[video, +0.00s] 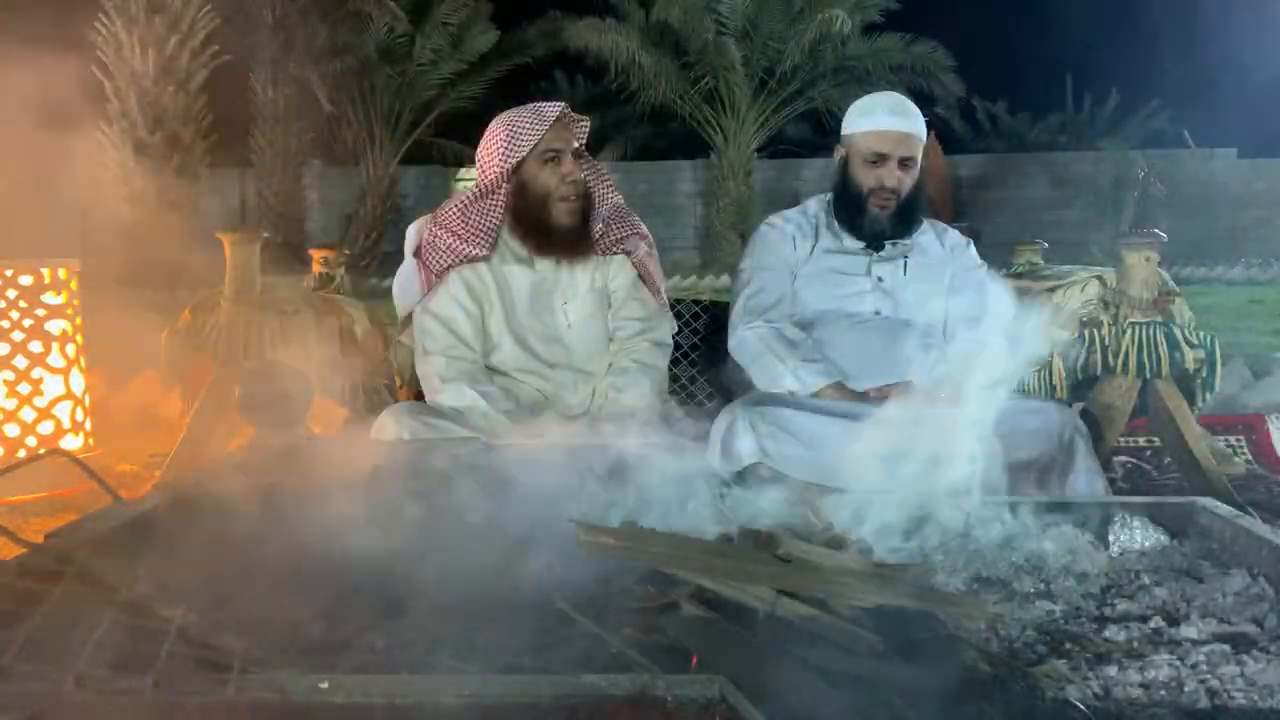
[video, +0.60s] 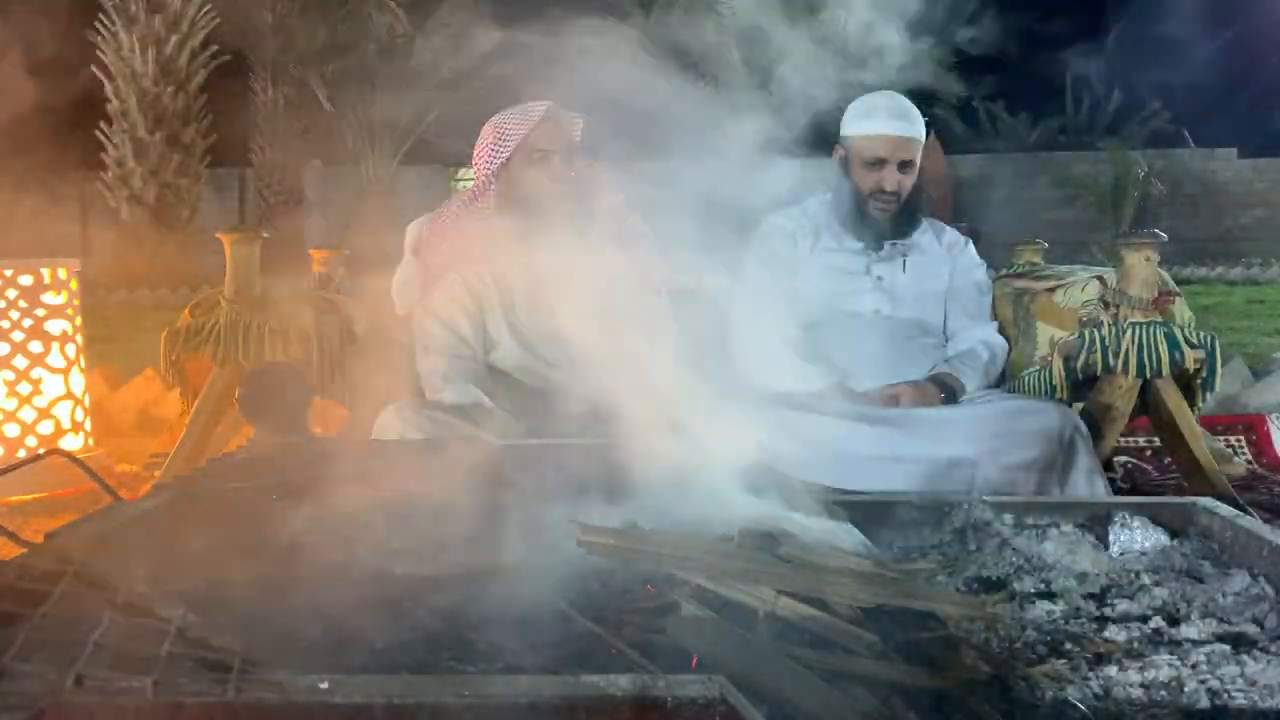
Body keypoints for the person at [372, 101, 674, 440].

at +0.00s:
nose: (575, 174)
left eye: (577, 158)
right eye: (552, 160)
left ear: (586, 166)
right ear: (507, 177)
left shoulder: (613, 260)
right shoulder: (464, 268)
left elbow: (643, 355)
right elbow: (449, 378)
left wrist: (606, 433)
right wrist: (514, 437)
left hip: (598, 428)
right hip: (499, 428)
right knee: (397, 425)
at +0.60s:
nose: (563, 172)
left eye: (569, 156)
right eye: (541, 159)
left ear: (580, 160)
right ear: (502, 174)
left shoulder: (615, 240)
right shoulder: (467, 256)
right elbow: (446, 377)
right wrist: (515, 444)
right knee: (399, 424)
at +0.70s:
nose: (561, 170)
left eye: (569, 153)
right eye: (540, 156)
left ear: (583, 163)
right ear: (502, 176)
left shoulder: (614, 265)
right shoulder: (463, 277)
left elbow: (655, 360)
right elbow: (450, 378)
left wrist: (608, 418)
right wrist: (542, 421)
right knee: (406, 417)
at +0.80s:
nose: (562, 173)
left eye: (567, 154)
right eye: (536, 159)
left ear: (580, 167)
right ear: (498, 180)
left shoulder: (616, 274)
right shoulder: (456, 284)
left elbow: (642, 390)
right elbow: (456, 401)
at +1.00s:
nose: (559, 173)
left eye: (566, 155)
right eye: (536, 158)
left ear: (578, 166)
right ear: (496, 177)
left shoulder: (615, 269)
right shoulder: (461, 277)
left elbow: (643, 369)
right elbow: (454, 374)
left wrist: (589, 429)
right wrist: (513, 435)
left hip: (591, 431)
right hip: (497, 432)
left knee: (646, 440)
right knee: (411, 412)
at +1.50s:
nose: (560, 173)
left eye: (566, 155)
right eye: (537, 158)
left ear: (577, 163)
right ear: (497, 176)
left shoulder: (610, 254)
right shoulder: (459, 265)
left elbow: (644, 346)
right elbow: (450, 384)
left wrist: (611, 421)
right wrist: (535, 434)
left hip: (618, 436)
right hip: (509, 444)